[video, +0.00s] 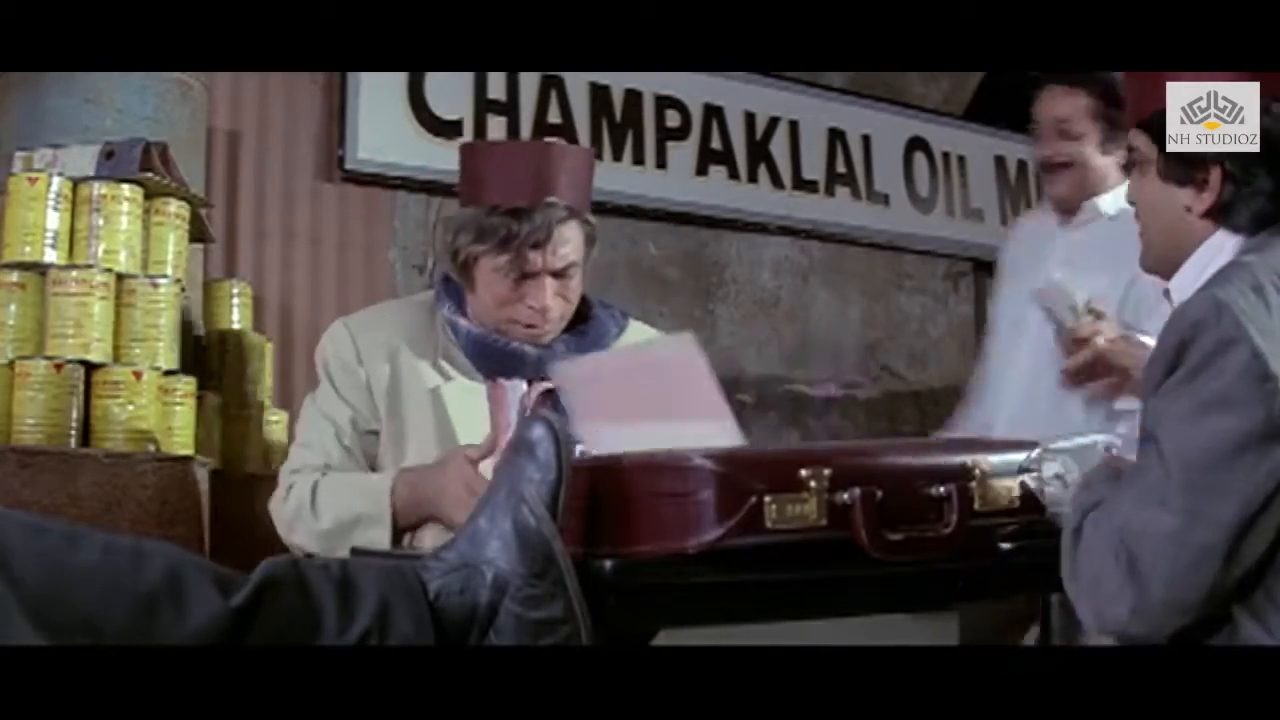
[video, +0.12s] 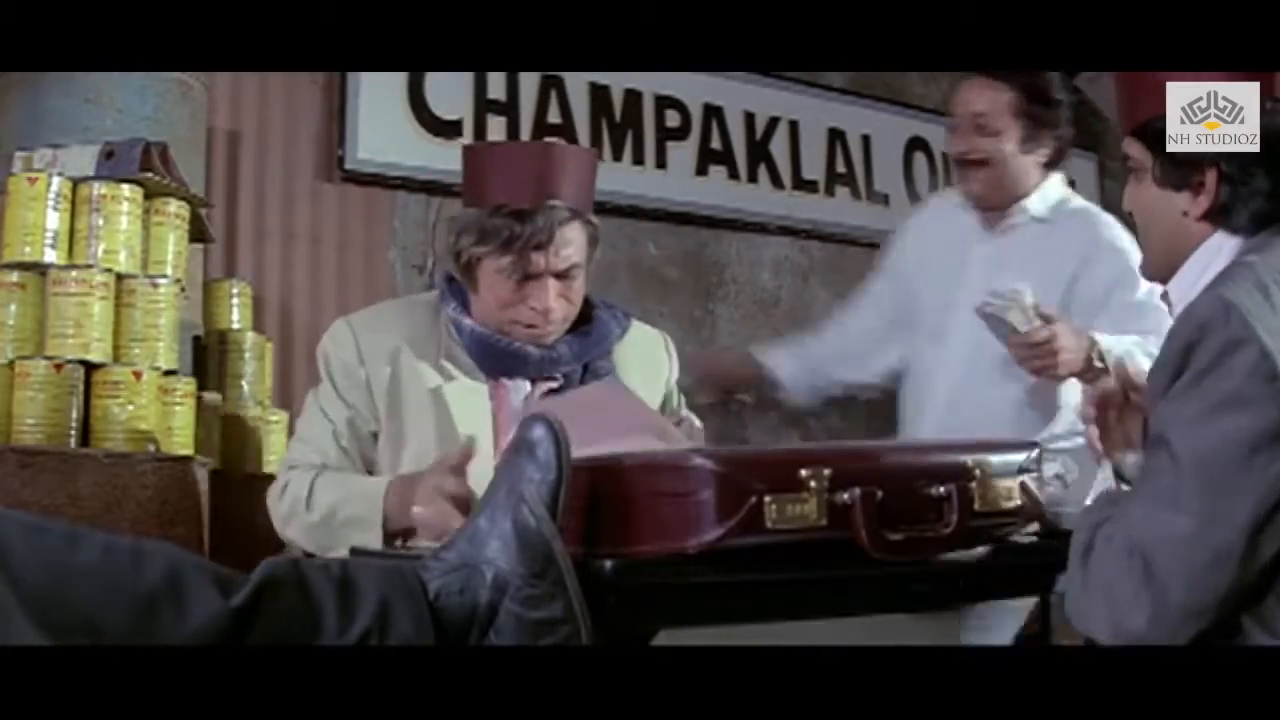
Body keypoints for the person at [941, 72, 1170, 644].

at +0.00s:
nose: (1048, 152)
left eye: (1068, 135)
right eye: (1039, 135)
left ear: (1116, 144)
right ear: (1030, 141)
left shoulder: (1151, 238)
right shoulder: (1024, 233)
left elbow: (1146, 374)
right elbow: (995, 363)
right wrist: (949, 452)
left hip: (1092, 479)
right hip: (998, 474)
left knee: (1081, 631)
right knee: (986, 625)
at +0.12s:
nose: (959, 147)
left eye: (983, 132)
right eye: (954, 128)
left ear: (1042, 143)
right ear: (945, 131)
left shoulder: (1094, 239)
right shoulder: (933, 226)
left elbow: (1158, 356)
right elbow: (865, 340)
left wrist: (1093, 351)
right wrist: (751, 370)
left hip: (1043, 522)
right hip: (919, 507)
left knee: (992, 634)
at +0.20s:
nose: (901, 151)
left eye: (925, 133)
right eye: (896, 131)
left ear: (987, 149)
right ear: (887, 135)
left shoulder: (1046, 249)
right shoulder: (866, 220)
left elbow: (1131, 372)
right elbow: (773, 299)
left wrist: (1045, 365)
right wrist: (655, 306)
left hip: (994, 519)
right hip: (868, 504)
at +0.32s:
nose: (789, 184)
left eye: (821, 170)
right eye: (790, 163)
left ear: (885, 195)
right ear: (781, 162)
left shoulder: (942, 274)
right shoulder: (758, 238)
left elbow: (1034, 412)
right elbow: (662, 278)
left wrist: (944, 408)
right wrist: (572, 263)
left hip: (934, 523)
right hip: (806, 512)